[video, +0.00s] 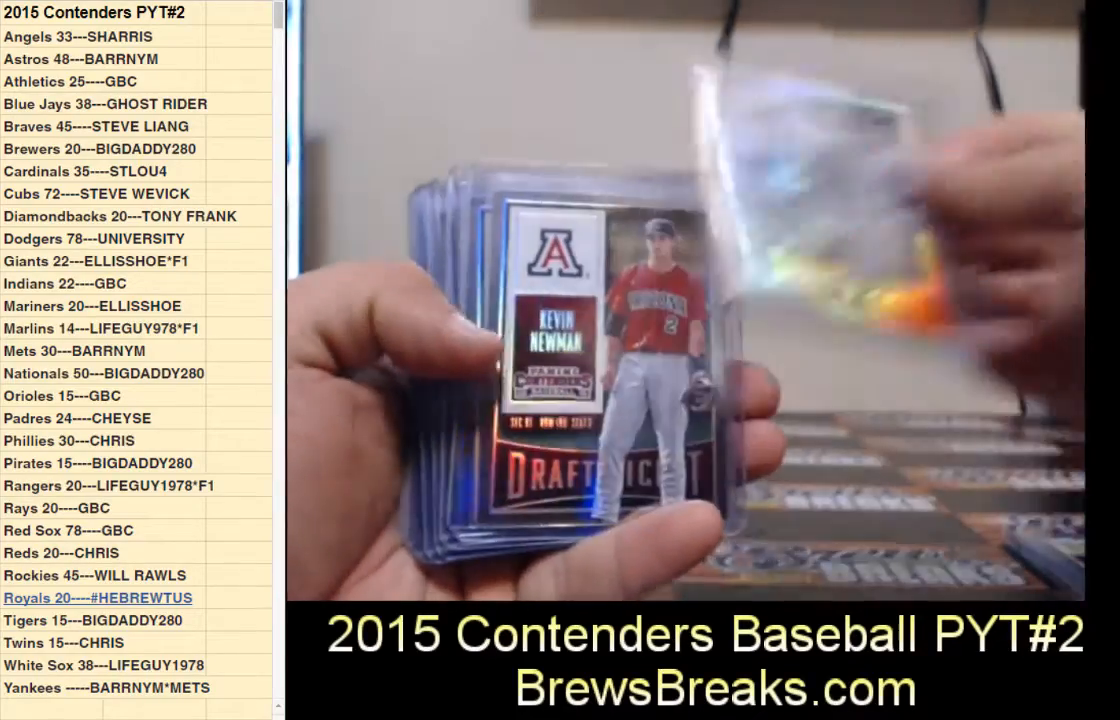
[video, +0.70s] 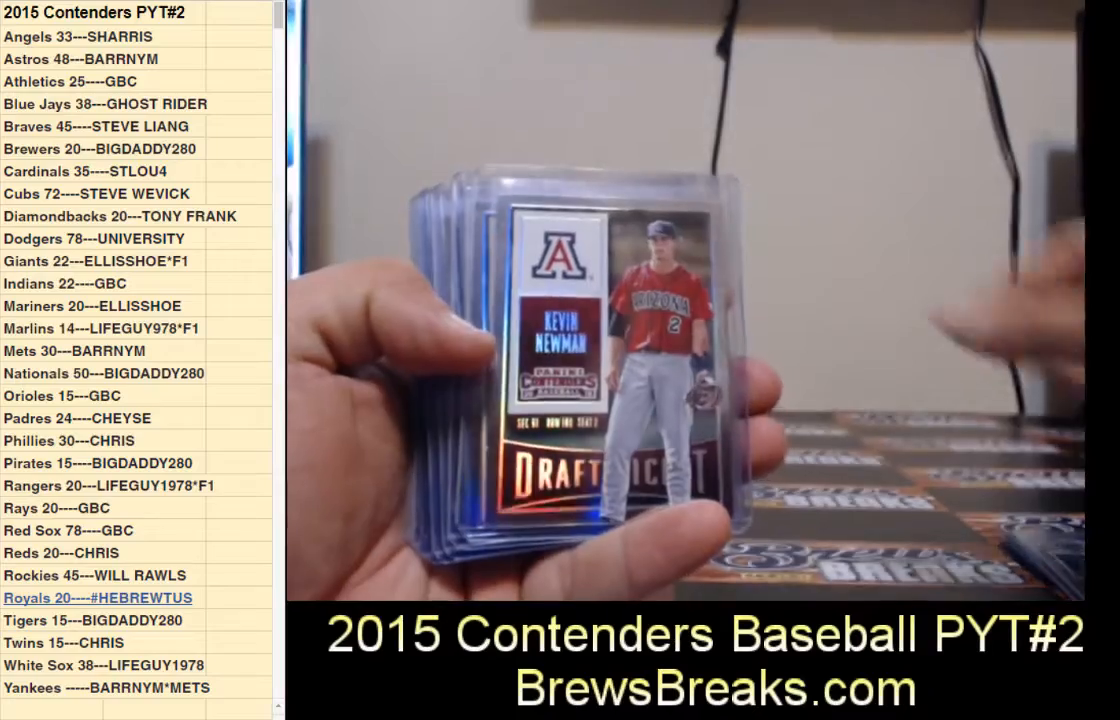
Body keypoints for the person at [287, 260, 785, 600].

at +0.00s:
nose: (663, 246)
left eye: (671, 238)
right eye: (656, 238)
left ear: (681, 244)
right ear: (646, 241)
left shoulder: (691, 285)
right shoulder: (630, 279)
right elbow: (616, 326)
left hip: (668, 369)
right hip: (631, 367)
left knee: (670, 440)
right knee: (622, 439)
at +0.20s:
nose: (664, 252)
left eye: (670, 245)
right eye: (658, 244)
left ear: (681, 248)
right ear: (650, 247)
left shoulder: (696, 287)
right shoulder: (637, 280)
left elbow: (700, 329)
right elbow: (621, 325)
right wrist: (613, 374)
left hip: (672, 368)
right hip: (638, 364)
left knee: (674, 439)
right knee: (628, 440)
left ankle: (677, 473)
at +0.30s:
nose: (665, 252)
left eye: (671, 245)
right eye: (659, 245)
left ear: (682, 248)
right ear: (649, 247)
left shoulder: (695, 287)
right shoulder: (635, 281)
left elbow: (699, 330)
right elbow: (620, 325)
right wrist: (613, 372)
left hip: (674, 368)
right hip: (637, 366)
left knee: (675, 438)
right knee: (628, 439)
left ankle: (678, 474)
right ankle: (626, 474)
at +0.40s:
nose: (663, 252)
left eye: (670, 245)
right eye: (658, 245)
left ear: (681, 247)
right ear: (650, 246)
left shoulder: (695, 286)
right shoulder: (636, 280)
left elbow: (699, 329)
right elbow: (620, 324)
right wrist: (614, 373)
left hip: (673, 367)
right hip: (638, 365)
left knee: (675, 437)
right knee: (629, 439)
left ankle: (678, 473)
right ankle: (628, 473)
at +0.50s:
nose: (664, 252)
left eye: (671, 245)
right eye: (658, 245)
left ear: (683, 249)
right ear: (648, 247)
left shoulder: (696, 287)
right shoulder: (636, 281)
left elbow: (701, 329)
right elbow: (620, 325)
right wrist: (612, 373)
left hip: (676, 367)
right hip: (637, 365)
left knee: (675, 436)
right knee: (628, 438)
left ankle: (678, 470)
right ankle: (628, 472)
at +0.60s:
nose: (663, 250)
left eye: (670, 243)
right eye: (657, 242)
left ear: (682, 247)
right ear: (648, 246)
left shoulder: (695, 287)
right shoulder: (634, 279)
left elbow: (700, 327)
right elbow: (618, 322)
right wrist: (612, 367)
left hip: (676, 366)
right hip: (636, 364)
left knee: (677, 437)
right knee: (627, 440)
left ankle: (679, 474)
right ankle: (627, 474)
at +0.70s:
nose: (662, 251)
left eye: (668, 244)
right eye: (656, 244)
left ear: (680, 249)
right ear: (648, 247)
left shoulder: (695, 287)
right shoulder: (635, 279)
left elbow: (701, 328)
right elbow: (619, 324)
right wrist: (611, 372)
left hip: (674, 368)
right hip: (635, 366)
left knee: (673, 438)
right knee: (627, 439)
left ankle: (673, 462)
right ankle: (631, 468)